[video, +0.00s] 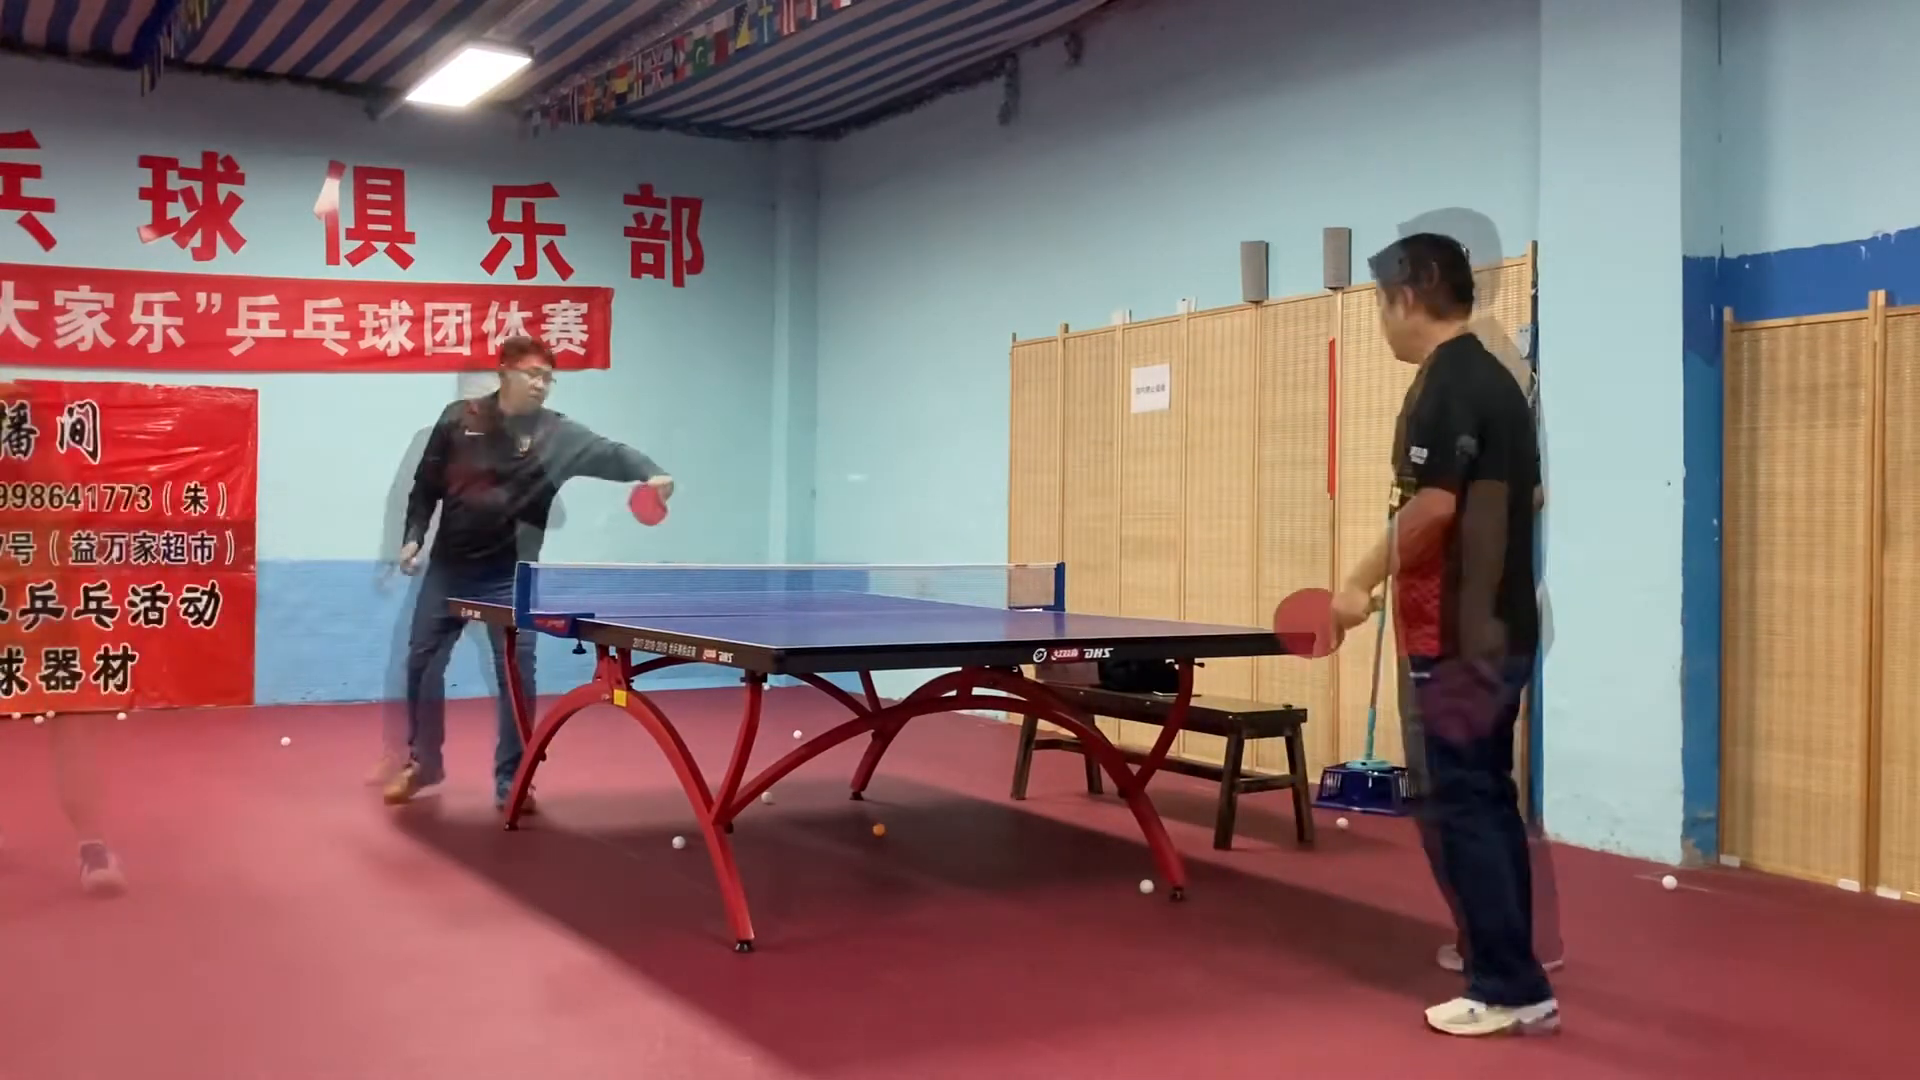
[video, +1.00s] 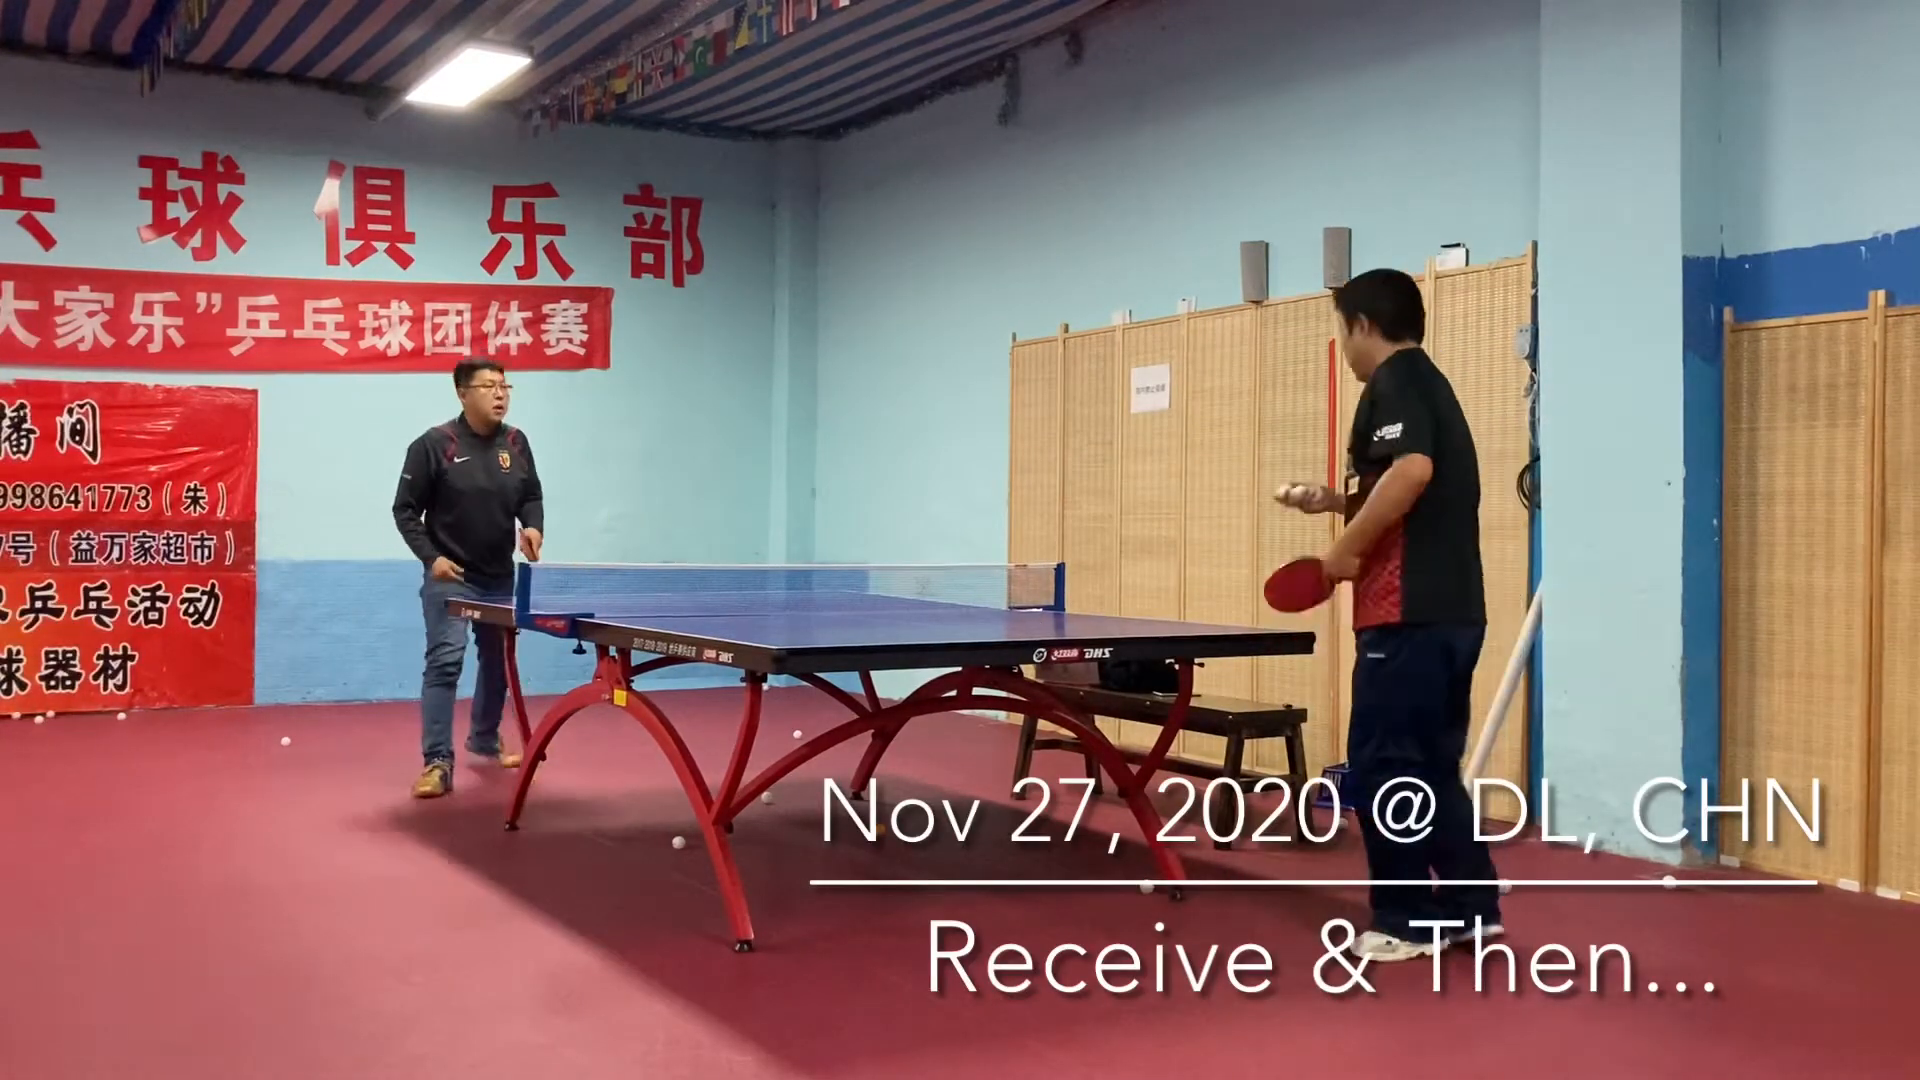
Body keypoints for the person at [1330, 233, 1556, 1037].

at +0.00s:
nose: (1382, 322)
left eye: (1384, 305)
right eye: (1381, 306)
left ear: (1414, 299)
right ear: (1448, 296)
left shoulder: (1449, 380)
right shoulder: (1487, 374)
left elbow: (1434, 504)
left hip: (1457, 642)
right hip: (1492, 634)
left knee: (1454, 802)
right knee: (1478, 794)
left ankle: (1511, 989)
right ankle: (1496, 952)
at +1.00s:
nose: (1343, 347)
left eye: (1344, 332)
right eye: (1342, 333)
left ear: (1365, 326)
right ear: (1405, 325)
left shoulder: (1395, 381)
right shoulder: (1426, 383)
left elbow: (1413, 469)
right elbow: (1410, 494)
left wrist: (1348, 546)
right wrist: (1334, 499)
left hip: (1408, 617)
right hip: (1443, 613)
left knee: (1385, 770)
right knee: (1431, 765)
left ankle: (1411, 922)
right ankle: (1470, 908)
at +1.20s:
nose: (1308, 350)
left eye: (1310, 334)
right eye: (1306, 336)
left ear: (1337, 329)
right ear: (1350, 330)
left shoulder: (1396, 384)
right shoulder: (1355, 400)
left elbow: (1426, 477)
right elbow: (1354, 502)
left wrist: (1341, 528)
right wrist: (1279, 502)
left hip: (1414, 623)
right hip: (1368, 622)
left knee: (1393, 763)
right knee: (1340, 744)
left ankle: (1413, 923)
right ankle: (1378, 894)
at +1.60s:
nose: (1227, 403)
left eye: (1234, 388)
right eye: (1226, 390)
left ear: (1275, 387)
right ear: (1271, 389)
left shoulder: (1362, 431)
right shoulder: (1255, 465)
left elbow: (1394, 528)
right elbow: (1241, 551)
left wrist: (1301, 546)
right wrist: (1181, 571)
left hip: (1414, 622)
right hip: (1339, 629)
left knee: (1437, 759)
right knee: (1315, 754)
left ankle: (1474, 904)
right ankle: (1318, 885)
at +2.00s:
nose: (1306, 417)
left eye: (1316, 405)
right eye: (1306, 405)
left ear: (1361, 408)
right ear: (1339, 409)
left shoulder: (1429, 460)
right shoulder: (1304, 463)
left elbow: (1440, 560)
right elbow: (1242, 516)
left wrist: (1354, 543)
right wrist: (1182, 515)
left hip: (1434, 643)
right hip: (1346, 640)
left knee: (1490, 761)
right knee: (1311, 744)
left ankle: (1550, 892)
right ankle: (1315, 888)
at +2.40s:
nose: (1376, 379)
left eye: (1389, 368)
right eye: (1377, 367)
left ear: (1434, 379)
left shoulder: (1500, 448)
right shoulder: (1368, 433)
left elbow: (1526, 535)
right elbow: (1300, 455)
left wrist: (1464, 543)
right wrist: (1240, 443)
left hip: (1475, 641)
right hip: (1383, 637)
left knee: (1518, 766)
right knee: (1349, 759)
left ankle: (1562, 896)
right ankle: (1344, 885)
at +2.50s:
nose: (1400, 368)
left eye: (1416, 356)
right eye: (1401, 355)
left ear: (1459, 371)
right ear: (1412, 367)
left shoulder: (1517, 440)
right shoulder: (1383, 430)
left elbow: (1549, 510)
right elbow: (1320, 456)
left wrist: (1531, 549)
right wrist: (1252, 474)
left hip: (1483, 635)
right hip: (1393, 632)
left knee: (1521, 765)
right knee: (1357, 753)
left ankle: (1561, 896)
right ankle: (1345, 885)